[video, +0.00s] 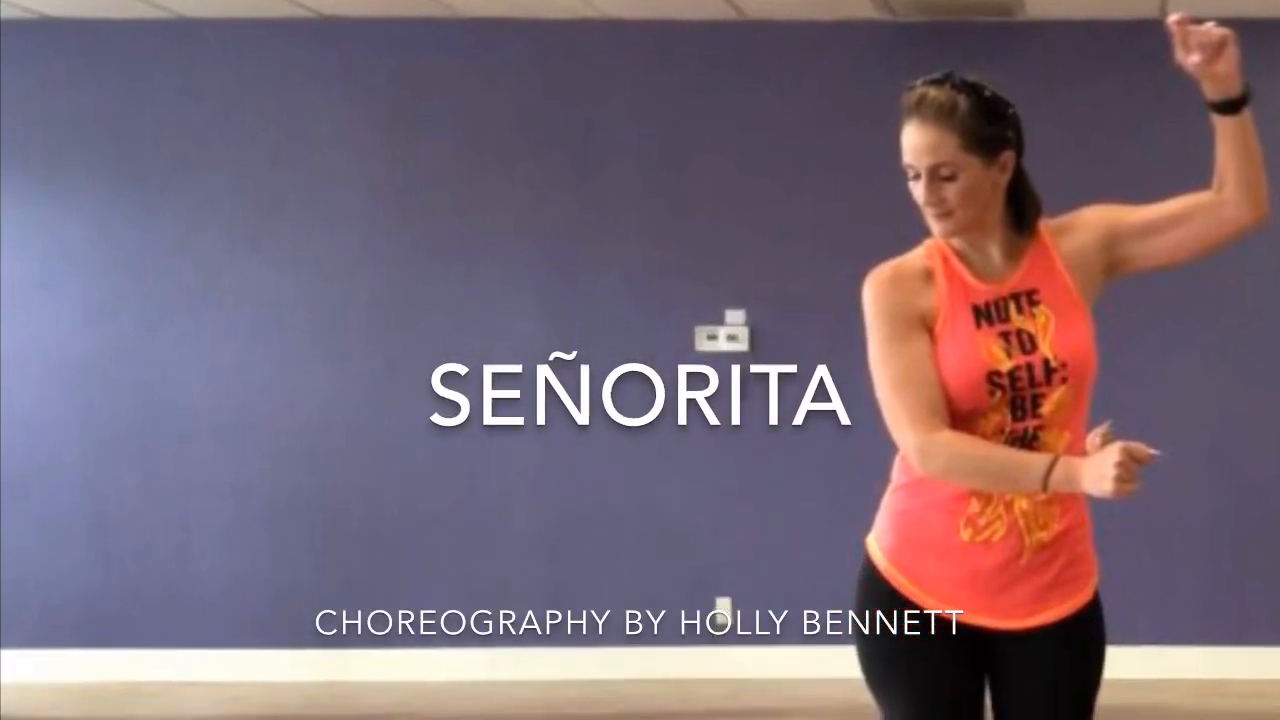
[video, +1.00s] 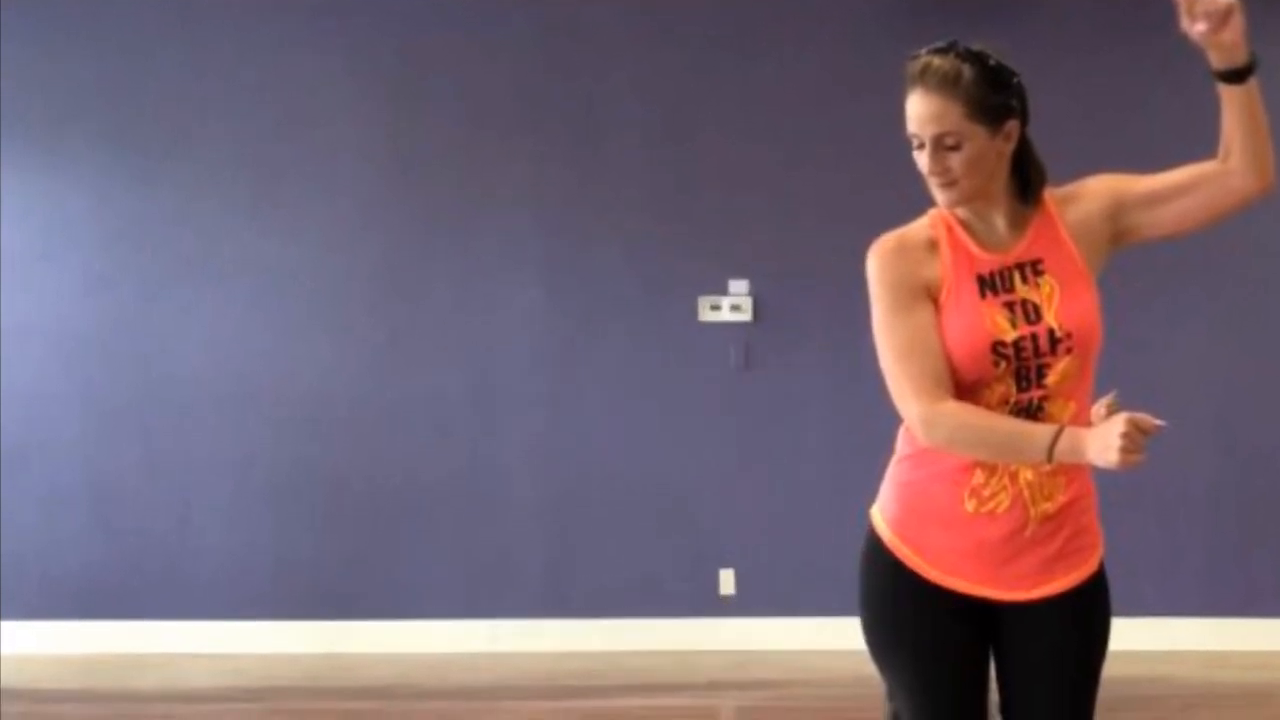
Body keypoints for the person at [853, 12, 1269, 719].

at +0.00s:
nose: (926, 195)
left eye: (945, 175)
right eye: (913, 177)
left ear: (1003, 164)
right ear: (903, 173)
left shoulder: (1085, 244)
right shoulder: (898, 289)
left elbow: (1241, 206)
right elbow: (925, 447)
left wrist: (1224, 93)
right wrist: (1070, 471)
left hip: (1051, 604)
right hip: (917, 603)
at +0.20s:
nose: (926, 189)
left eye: (945, 169)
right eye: (914, 170)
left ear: (1003, 158)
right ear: (904, 167)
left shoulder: (1085, 238)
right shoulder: (899, 283)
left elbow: (1242, 200)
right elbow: (926, 441)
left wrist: (1226, 88)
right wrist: (1072, 465)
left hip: (1052, 596)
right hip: (918, 595)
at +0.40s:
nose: (928, 184)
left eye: (946, 163)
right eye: (915, 165)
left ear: (1004, 152)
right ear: (905, 161)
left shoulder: (1086, 232)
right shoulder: (901, 276)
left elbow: (1242, 195)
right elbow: (927, 435)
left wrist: (1227, 82)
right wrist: (1073, 459)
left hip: (1053, 590)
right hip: (919, 589)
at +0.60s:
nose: (929, 179)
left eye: (947, 157)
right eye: (916, 159)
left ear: (1005, 146)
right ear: (906, 154)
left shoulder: (1087, 226)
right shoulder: (901, 270)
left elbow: (1243, 189)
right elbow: (929, 429)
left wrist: (1228, 76)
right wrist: (1076, 455)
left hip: (1054, 584)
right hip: (920, 584)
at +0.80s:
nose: (928, 173)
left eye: (947, 151)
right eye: (916, 151)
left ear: (1007, 140)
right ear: (906, 147)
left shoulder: (1088, 220)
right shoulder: (901, 264)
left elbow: (1244, 180)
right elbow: (930, 424)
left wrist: (1228, 68)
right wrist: (1076, 450)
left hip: (1055, 578)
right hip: (922, 577)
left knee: (1054, 711)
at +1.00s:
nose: (929, 166)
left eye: (948, 144)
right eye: (916, 145)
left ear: (1007, 134)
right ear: (907, 142)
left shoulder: (1089, 215)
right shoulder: (902, 258)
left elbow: (1246, 175)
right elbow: (931, 417)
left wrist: (1230, 61)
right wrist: (1077, 443)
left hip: (1056, 573)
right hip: (923, 573)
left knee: (1055, 711)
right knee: (935, 707)